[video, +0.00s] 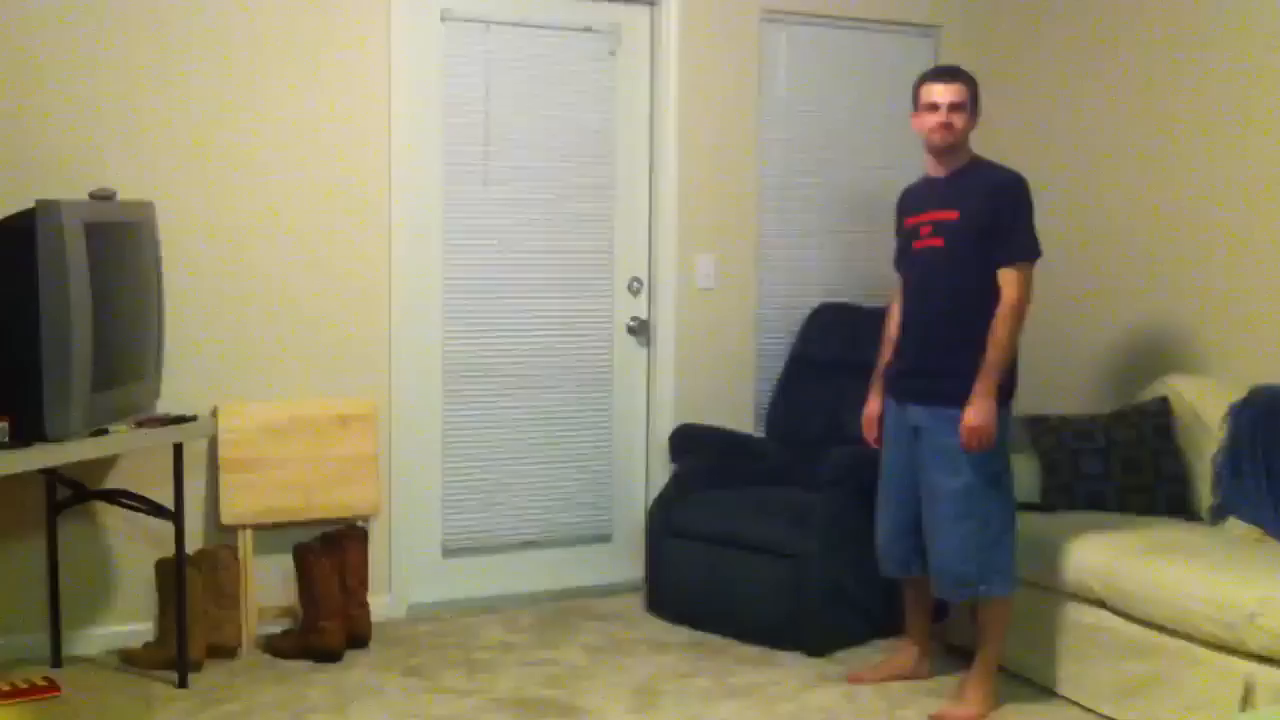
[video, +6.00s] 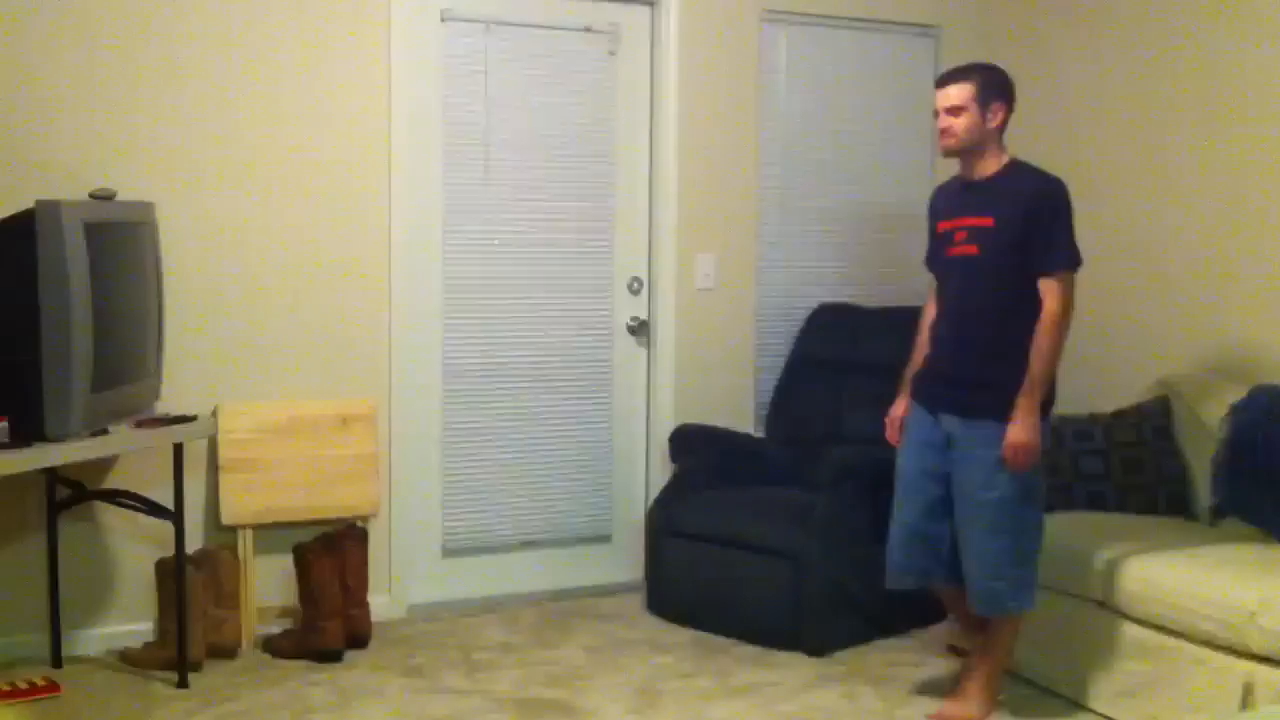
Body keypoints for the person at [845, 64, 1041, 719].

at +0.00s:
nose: (943, 118)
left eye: (956, 108)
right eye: (931, 108)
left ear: (974, 118)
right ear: (915, 119)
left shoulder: (1002, 188)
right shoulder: (911, 200)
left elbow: (1013, 299)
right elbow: (903, 300)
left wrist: (985, 395)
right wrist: (878, 388)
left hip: (966, 402)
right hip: (906, 398)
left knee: (983, 542)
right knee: (910, 529)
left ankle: (984, 676)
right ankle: (915, 650)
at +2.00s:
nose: (929, 118)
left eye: (941, 108)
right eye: (919, 110)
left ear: (967, 116)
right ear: (909, 121)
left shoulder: (1000, 189)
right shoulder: (909, 201)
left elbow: (1010, 298)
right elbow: (902, 299)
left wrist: (980, 397)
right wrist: (875, 388)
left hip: (963, 403)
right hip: (903, 399)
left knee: (978, 541)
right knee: (907, 529)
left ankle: (984, 676)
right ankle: (914, 650)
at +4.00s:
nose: (959, 124)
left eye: (972, 112)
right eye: (954, 114)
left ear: (1012, 112)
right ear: (955, 121)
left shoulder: (1051, 195)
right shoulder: (961, 200)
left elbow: (1057, 313)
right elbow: (951, 307)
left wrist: (1023, 412)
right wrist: (916, 391)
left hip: (1003, 417)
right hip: (940, 408)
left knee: (1001, 563)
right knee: (933, 544)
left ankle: (986, 688)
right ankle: (983, 650)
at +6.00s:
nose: (942, 124)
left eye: (955, 112)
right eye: (938, 114)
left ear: (995, 115)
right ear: (941, 121)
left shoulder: (1040, 193)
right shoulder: (944, 200)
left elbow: (1055, 308)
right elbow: (938, 301)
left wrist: (1028, 410)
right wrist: (907, 391)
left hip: (998, 416)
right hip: (932, 408)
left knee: (997, 561)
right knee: (922, 540)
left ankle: (984, 688)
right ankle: (972, 636)